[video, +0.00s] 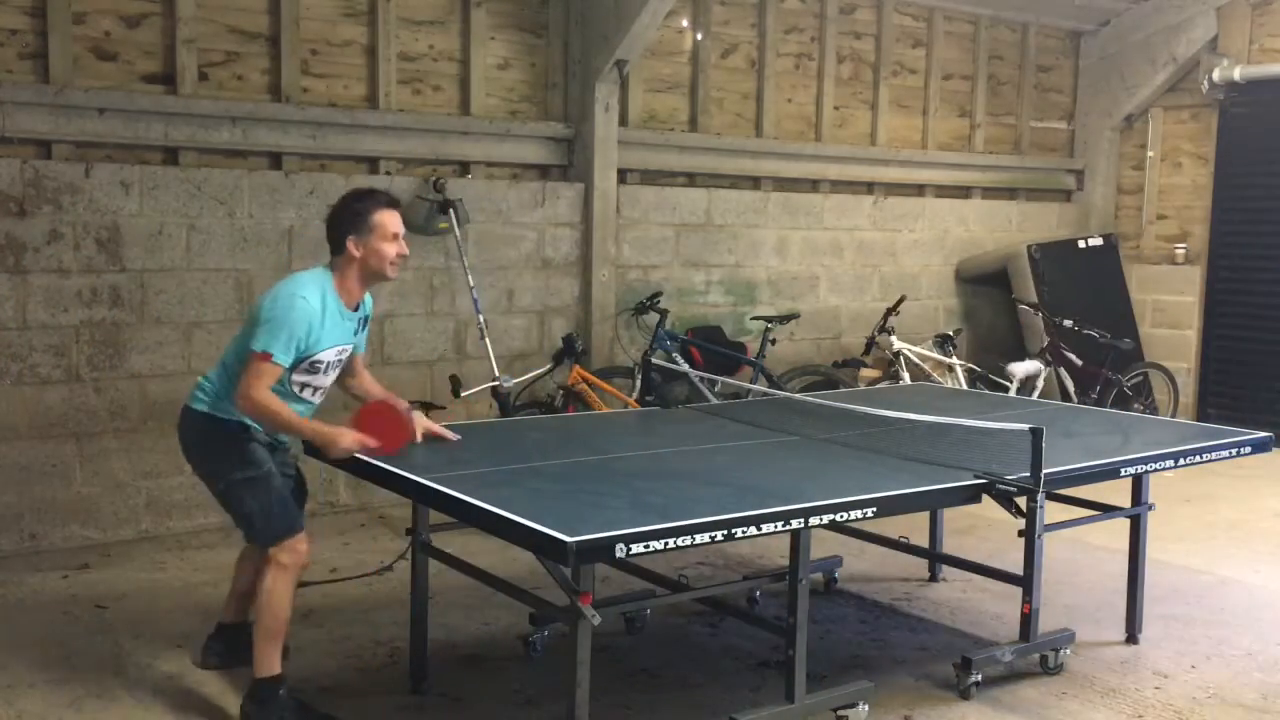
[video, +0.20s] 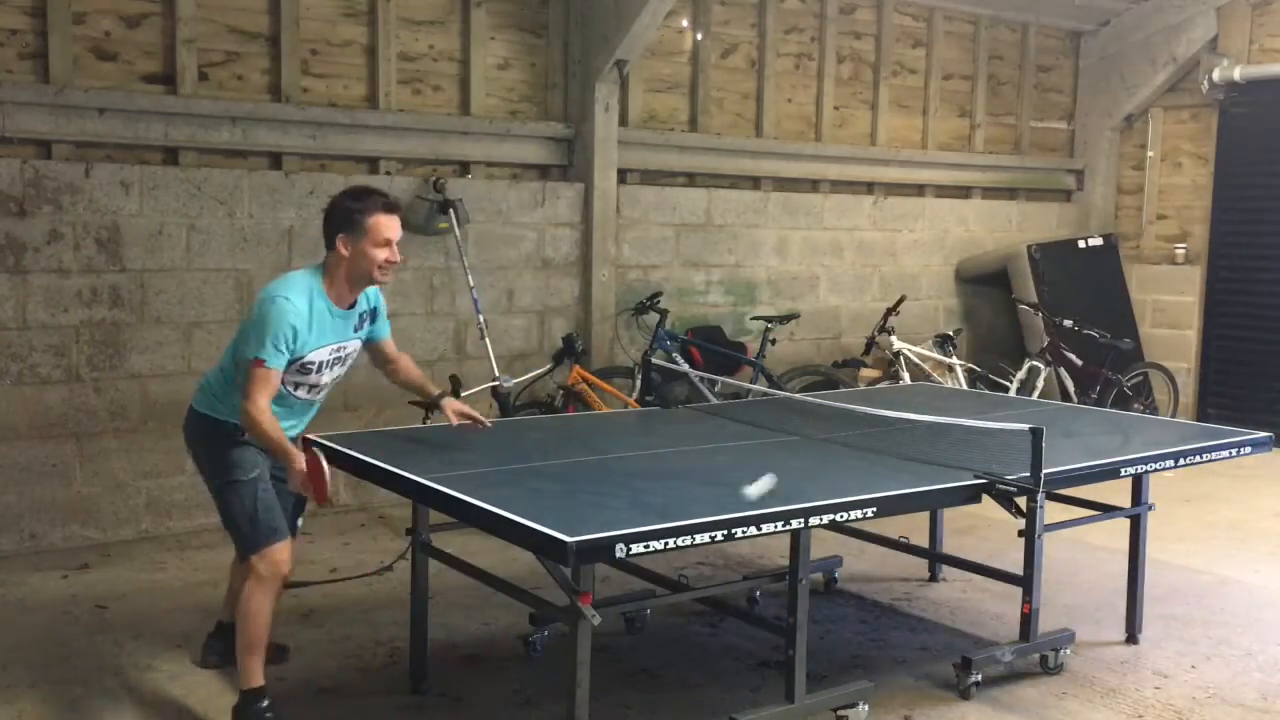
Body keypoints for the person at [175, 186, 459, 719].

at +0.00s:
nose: (403, 250)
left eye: (403, 238)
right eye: (392, 238)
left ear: (364, 247)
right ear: (354, 246)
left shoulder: (361, 303)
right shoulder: (298, 300)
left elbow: (350, 371)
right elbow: (250, 393)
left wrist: (404, 413)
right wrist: (322, 434)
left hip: (269, 429)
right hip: (220, 424)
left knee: (275, 532)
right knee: (289, 549)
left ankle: (229, 635)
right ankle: (267, 693)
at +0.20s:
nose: (394, 257)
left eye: (397, 245)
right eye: (383, 245)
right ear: (342, 246)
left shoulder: (368, 297)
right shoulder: (285, 304)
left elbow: (390, 359)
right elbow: (254, 406)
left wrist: (439, 397)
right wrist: (290, 455)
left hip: (279, 432)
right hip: (225, 428)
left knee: (268, 544)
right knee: (272, 559)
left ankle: (226, 636)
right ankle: (252, 703)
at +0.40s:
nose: (411, 236)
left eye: (415, 223)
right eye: (400, 222)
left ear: (371, 223)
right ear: (357, 221)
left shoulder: (377, 275)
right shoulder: (310, 284)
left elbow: (377, 330)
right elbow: (327, 399)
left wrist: (428, 384)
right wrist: (400, 425)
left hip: (301, 427)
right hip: (246, 424)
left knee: (299, 545)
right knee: (267, 573)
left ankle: (235, 629)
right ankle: (248, 702)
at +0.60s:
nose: (450, 206)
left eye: (450, 194)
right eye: (444, 194)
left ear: (410, 199)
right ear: (408, 199)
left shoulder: (384, 260)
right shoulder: (360, 264)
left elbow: (354, 346)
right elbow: (420, 381)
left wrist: (403, 389)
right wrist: (513, 379)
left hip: (335, 438)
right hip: (270, 439)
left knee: (360, 565)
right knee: (268, 590)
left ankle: (336, 688)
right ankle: (250, 704)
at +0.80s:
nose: (490, 214)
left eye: (489, 202)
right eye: (488, 202)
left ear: (428, 206)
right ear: (470, 211)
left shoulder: (401, 270)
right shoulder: (426, 288)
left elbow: (367, 373)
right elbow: (483, 409)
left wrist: (428, 418)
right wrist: (559, 416)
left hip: (382, 469)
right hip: (323, 473)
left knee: (419, 607)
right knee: (353, 637)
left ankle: (401, 715)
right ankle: (273, 694)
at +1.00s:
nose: (527, 213)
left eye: (525, 202)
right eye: (526, 202)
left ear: (459, 207)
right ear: (515, 211)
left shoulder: (421, 269)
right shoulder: (492, 288)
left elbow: (408, 369)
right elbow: (507, 420)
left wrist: (477, 414)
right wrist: (563, 442)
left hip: (348, 464)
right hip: (393, 477)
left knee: (428, 631)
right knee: (485, 643)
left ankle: (407, 716)